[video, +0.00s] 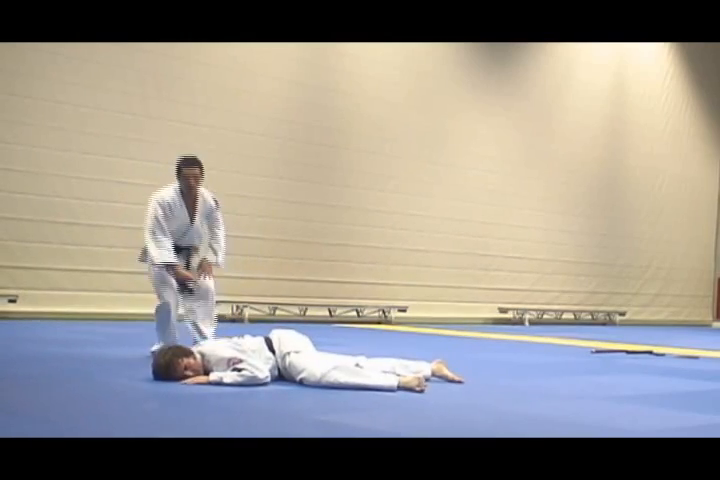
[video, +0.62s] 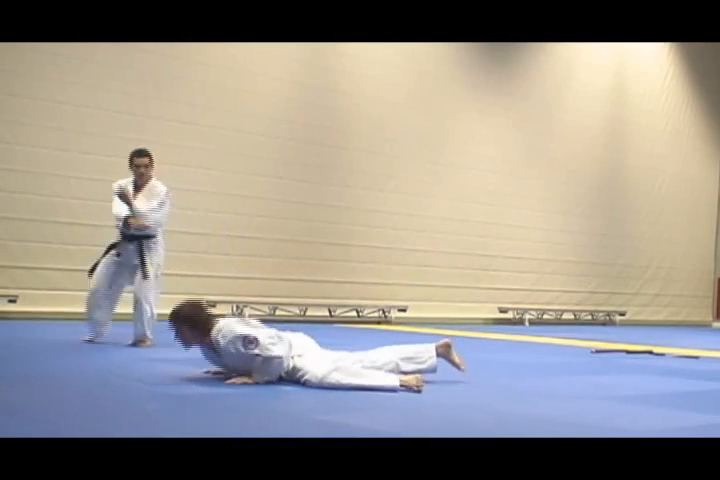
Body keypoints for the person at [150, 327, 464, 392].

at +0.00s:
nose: (189, 375)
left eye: (185, 370)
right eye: (183, 375)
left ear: (189, 359)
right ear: (184, 364)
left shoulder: (213, 351)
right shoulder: (203, 352)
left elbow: (259, 372)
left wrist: (214, 379)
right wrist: (207, 369)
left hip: (280, 348)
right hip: (280, 349)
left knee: (317, 373)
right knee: (350, 365)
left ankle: (400, 381)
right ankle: (427, 368)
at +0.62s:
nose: (177, 336)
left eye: (178, 331)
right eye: (175, 332)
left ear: (192, 327)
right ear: (192, 326)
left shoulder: (225, 335)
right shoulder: (210, 341)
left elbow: (274, 353)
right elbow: (246, 352)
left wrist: (256, 378)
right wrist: (231, 368)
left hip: (296, 357)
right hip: (291, 355)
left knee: (328, 376)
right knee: (359, 361)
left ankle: (398, 381)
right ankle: (436, 350)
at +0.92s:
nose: (194, 293)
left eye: (197, 288)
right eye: (193, 288)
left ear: (211, 287)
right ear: (211, 285)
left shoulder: (243, 306)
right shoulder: (219, 306)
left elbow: (271, 353)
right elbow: (232, 340)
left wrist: (257, 378)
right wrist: (229, 367)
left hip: (300, 343)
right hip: (288, 355)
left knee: (317, 377)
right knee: (357, 365)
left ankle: (398, 380)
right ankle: (432, 347)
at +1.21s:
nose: (212, 271)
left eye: (213, 265)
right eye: (210, 266)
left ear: (226, 263)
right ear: (235, 258)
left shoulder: (257, 278)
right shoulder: (247, 282)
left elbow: (262, 327)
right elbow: (240, 327)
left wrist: (256, 373)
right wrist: (230, 367)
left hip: (321, 314)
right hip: (318, 321)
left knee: (317, 371)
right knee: (372, 366)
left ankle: (386, 372)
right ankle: (440, 353)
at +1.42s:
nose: (231, 276)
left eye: (230, 272)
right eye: (229, 272)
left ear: (239, 270)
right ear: (252, 261)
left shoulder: (275, 278)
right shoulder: (265, 280)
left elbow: (273, 329)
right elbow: (250, 324)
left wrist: (260, 373)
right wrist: (233, 364)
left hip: (345, 302)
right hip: (350, 300)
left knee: (318, 370)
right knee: (374, 365)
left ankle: (387, 369)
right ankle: (440, 360)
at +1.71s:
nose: (261, 280)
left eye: (259, 274)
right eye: (258, 275)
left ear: (268, 271)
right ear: (282, 258)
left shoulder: (297, 278)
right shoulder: (302, 270)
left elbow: (288, 331)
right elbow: (283, 320)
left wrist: (264, 375)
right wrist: (259, 347)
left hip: (366, 308)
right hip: (383, 302)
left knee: (329, 369)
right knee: (375, 368)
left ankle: (380, 370)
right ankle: (438, 366)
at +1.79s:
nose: (264, 272)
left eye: (263, 267)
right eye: (262, 267)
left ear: (270, 265)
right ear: (286, 250)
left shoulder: (297, 276)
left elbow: (286, 328)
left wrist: (264, 374)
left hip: (366, 309)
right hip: (385, 300)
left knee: (328, 369)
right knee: (378, 367)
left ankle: (381, 371)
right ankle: (438, 367)